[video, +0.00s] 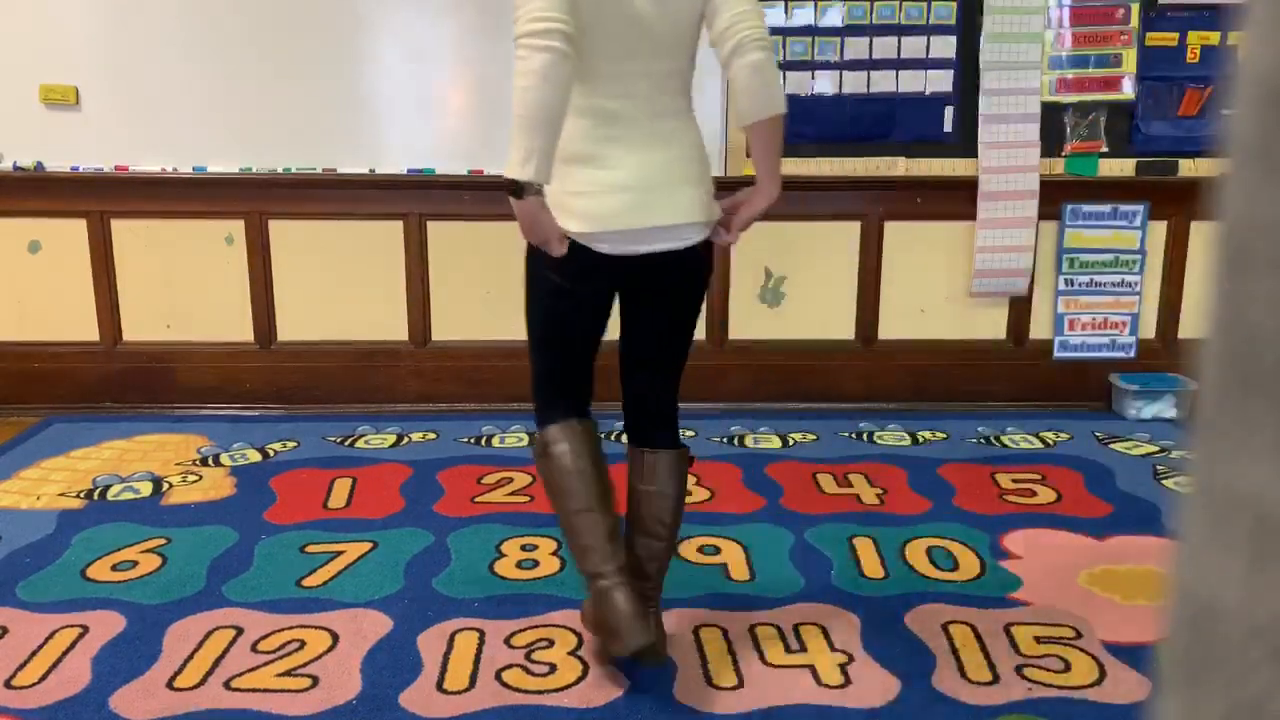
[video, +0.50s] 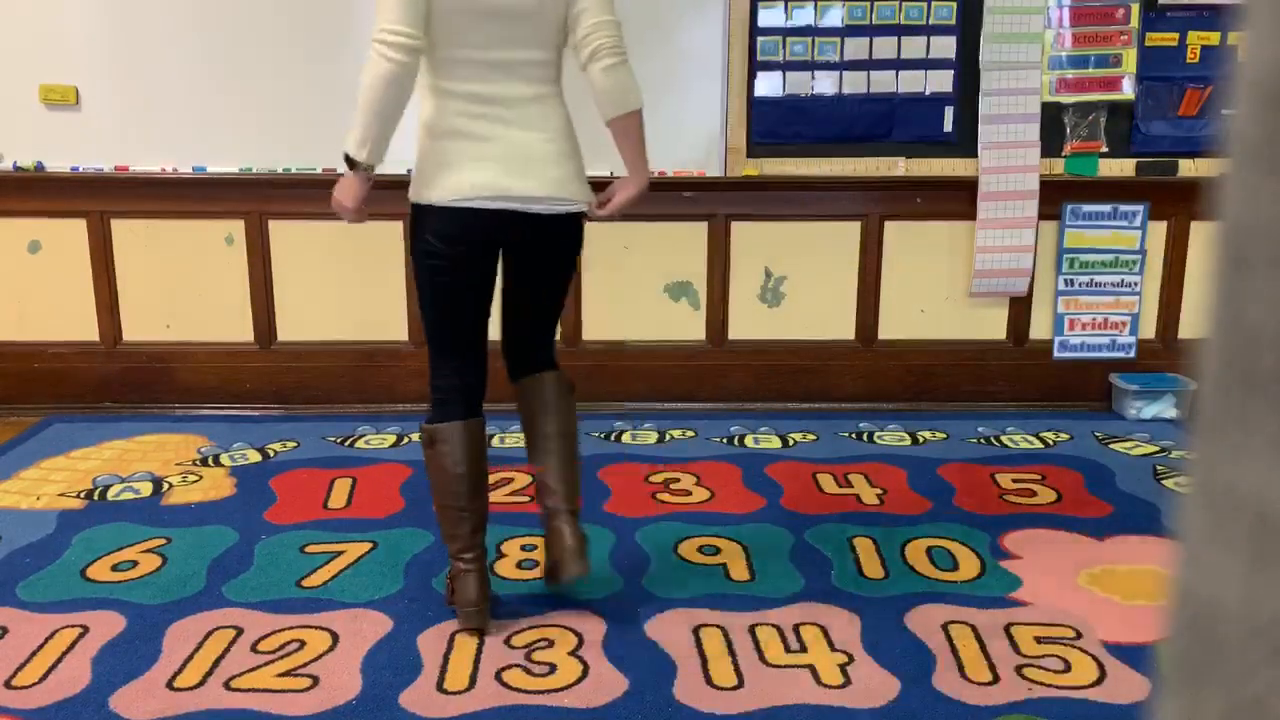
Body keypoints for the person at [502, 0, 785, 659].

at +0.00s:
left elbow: (547, 46)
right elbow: (748, 45)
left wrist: (523, 185)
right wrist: (768, 180)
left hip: (579, 215)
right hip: (680, 217)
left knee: (562, 402)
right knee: (656, 408)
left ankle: (613, 596)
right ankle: (642, 611)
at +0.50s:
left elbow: (397, 50)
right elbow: (601, 50)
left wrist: (359, 170)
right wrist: (637, 170)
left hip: (453, 193)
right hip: (551, 193)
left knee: (454, 378)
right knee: (534, 351)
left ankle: (468, 573)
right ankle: (562, 523)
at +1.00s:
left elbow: (351, 109)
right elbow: (550, 94)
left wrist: (348, 163)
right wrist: (572, 197)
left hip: (420, 222)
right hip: (504, 216)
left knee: (404, 375)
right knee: (464, 354)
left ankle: (466, 529)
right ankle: (461, 512)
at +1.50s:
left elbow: (332, 71)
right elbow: (548, 58)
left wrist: (320, 205)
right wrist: (597, 182)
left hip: (405, 200)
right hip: (509, 196)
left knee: (429, 397)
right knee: (508, 392)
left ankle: (456, 590)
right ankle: (511, 594)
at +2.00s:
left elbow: (333, 60)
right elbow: (539, 38)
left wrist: (330, 203)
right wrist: (590, 181)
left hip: (398, 197)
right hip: (510, 197)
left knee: (397, 414)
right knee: (520, 412)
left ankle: (380, 639)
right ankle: (492, 631)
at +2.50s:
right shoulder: (540, 1)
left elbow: (432, 82)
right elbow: (553, 72)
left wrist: (476, 165)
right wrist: (600, 192)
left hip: (461, 206)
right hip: (536, 210)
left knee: (528, 367)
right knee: (541, 394)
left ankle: (527, 525)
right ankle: (497, 599)